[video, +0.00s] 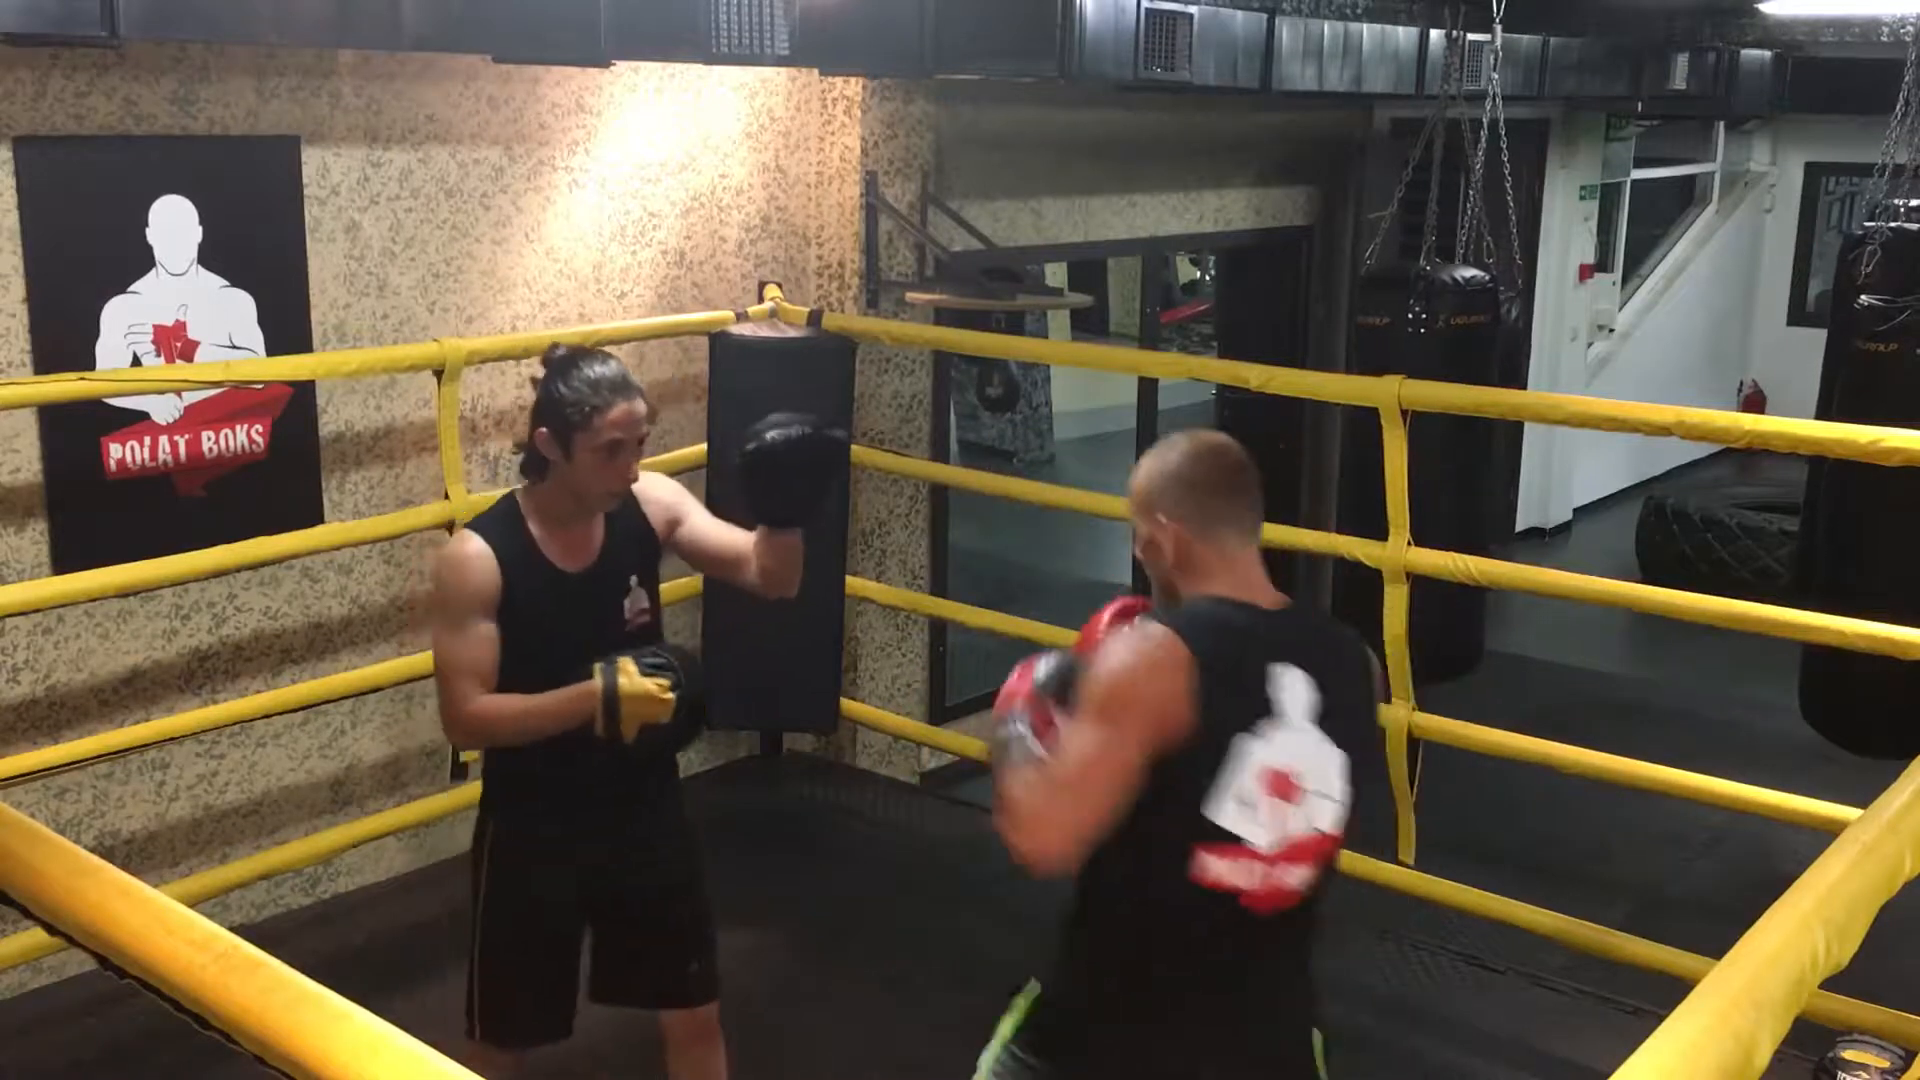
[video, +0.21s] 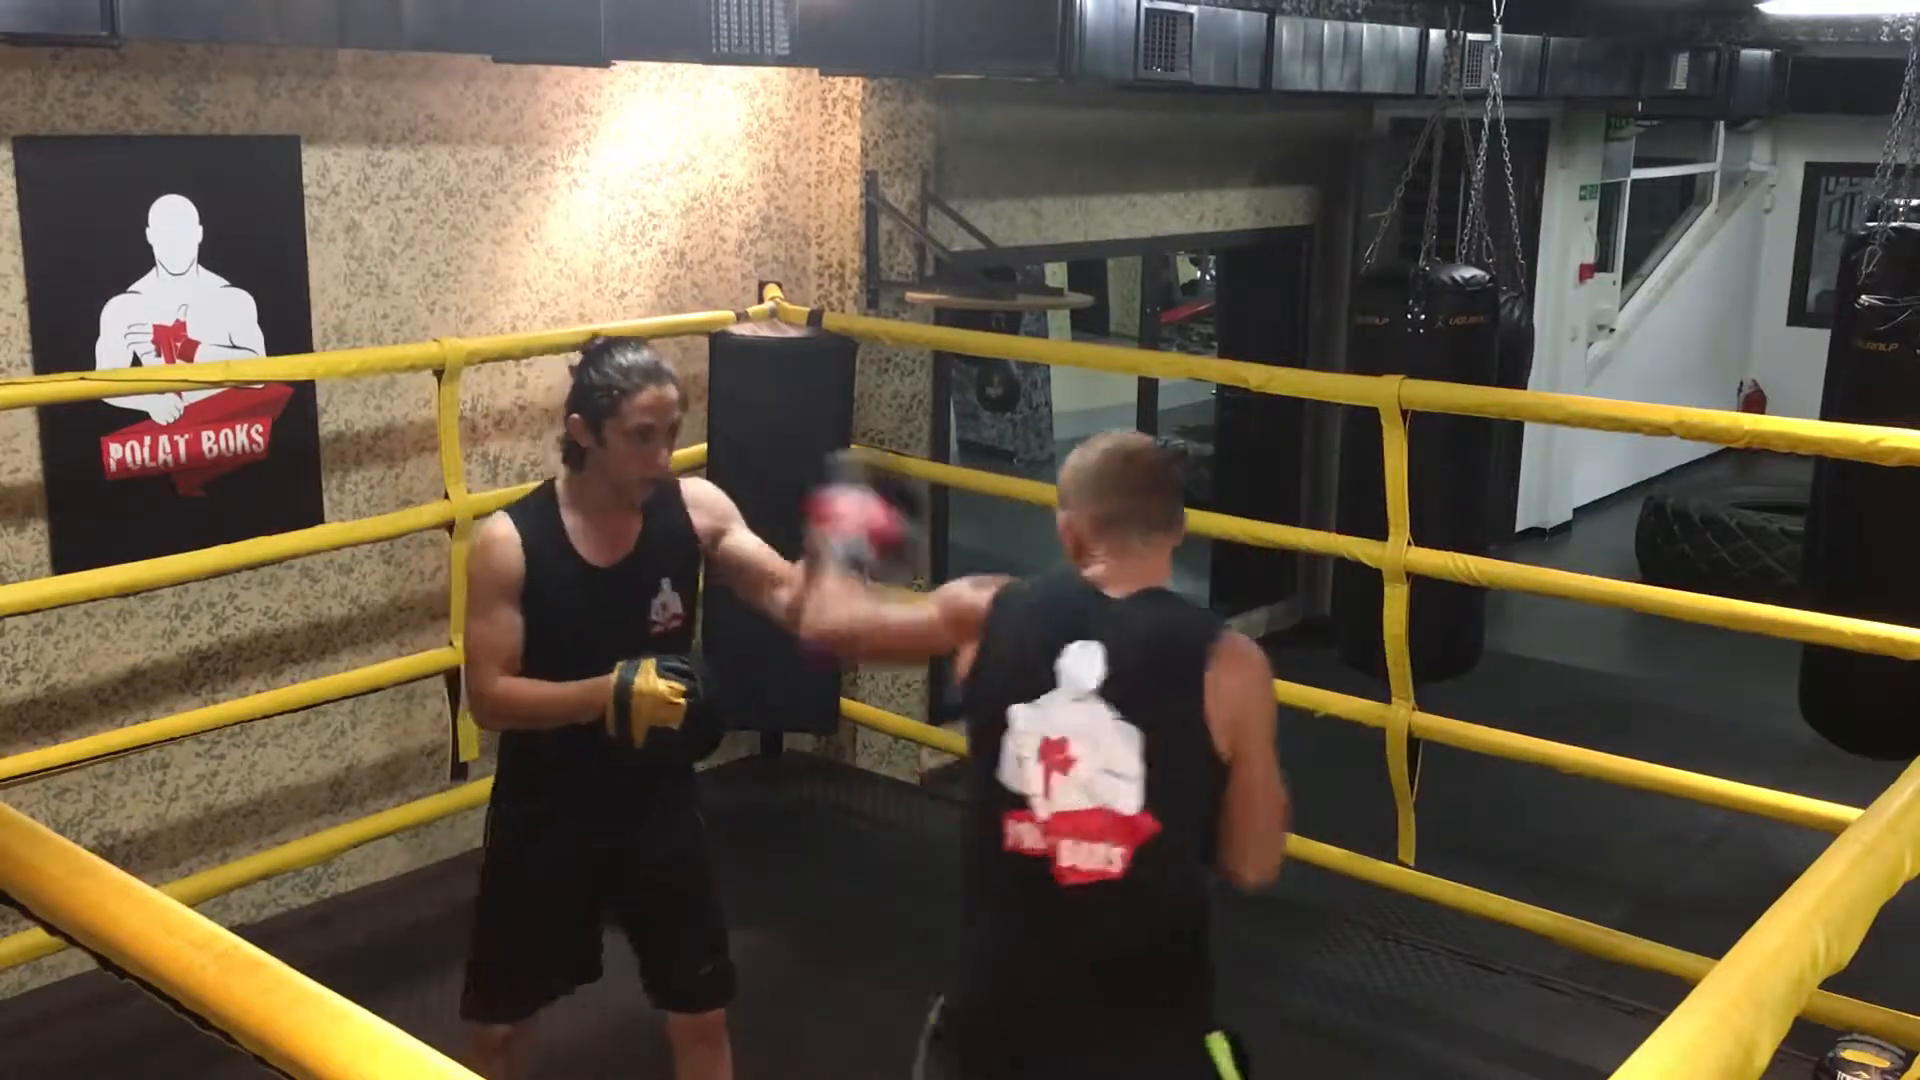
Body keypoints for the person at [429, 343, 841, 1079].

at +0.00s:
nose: (631, 467)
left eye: (638, 445)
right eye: (611, 451)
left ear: (645, 432)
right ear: (547, 444)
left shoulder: (653, 502)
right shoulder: (476, 560)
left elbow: (774, 575)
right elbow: (464, 718)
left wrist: (786, 493)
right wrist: (595, 697)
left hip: (646, 802)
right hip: (533, 817)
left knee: (694, 1012)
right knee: (503, 1039)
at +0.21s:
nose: (662, 457)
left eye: (671, 435)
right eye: (643, 437)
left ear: (680, 428)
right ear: (582, 431)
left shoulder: (697, 509)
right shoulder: (508, 542)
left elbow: (796, 602)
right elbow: (487, 698)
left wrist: (836, 543)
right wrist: (610, 694)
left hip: (658, 800)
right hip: (543, 808)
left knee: (701, 1016)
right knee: (500, 1026)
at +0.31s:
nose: (655, 450)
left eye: (663, 428)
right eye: (633, 430)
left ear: (670, 423)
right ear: (573, 427)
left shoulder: (688, 513)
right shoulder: (507, 548)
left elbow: (754, 597)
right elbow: (479, 702)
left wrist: (793, 619)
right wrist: (606, 697)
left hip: (663, 807)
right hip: (547, 816)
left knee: (705, 1016)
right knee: (502, 1025)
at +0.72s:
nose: (768, 450)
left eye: (775, 431)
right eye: (750, 430)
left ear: (780, 435)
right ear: (693, 429)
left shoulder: (760, 533)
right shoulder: (611, 539)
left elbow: (755, 634)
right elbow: (565, 686)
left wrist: (790, 684)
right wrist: (693, 730)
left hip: (726, 784)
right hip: (617, 793)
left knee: (802, 953)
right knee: (543, 1003)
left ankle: (828, 1071)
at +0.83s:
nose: (829, 444)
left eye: (837, 427)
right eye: (811, 425)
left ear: (841, 432)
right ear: (755, 422)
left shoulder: (818, 532)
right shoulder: (663, 519)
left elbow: (807, 631)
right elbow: (603, 652)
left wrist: (824, 678)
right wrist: (712, 716)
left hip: (767, 770)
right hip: (656, 770)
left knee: (815, 944)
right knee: (578, 962)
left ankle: (831, 1072)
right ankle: (539, 1073)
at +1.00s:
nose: (871, 427)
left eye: (882, 411)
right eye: (857, 406)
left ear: (887, 419)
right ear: (808, 399)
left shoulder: (872, 517)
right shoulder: (710, 485)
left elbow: (881, 636)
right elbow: (658, 609)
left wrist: (850, 682)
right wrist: (756, 679)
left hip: (811, 745)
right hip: (707, 739)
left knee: (831, 927)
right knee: (671, 918)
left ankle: (834, 1069)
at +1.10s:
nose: (863, 412)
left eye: (878, 398)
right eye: (849, 392)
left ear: (887, 408)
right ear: (807, 392)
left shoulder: (887, 506)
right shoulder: (719, 478)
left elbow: (906, 617)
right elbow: (669, 599)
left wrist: (871, 654)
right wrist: (756, 655)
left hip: (830, 730)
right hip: (730, 726)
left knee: (840, 922)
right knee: (735, 898)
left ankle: (836, 1071)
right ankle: (805, 1012)